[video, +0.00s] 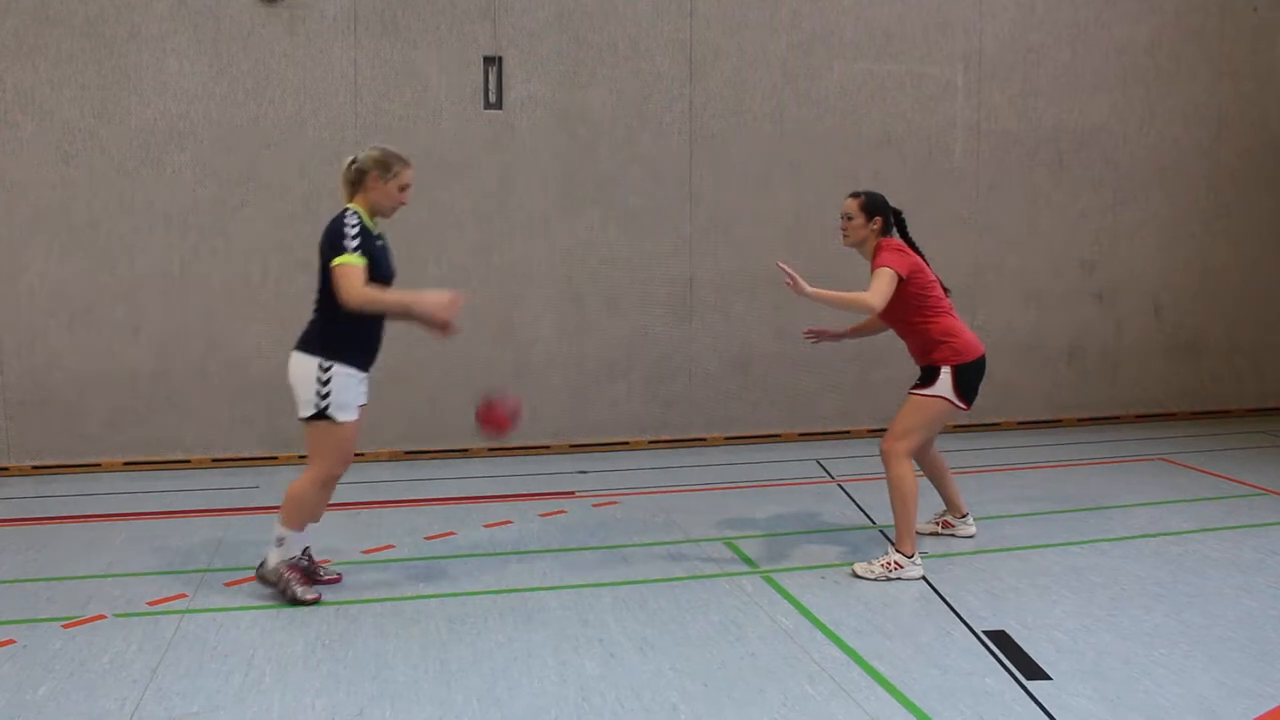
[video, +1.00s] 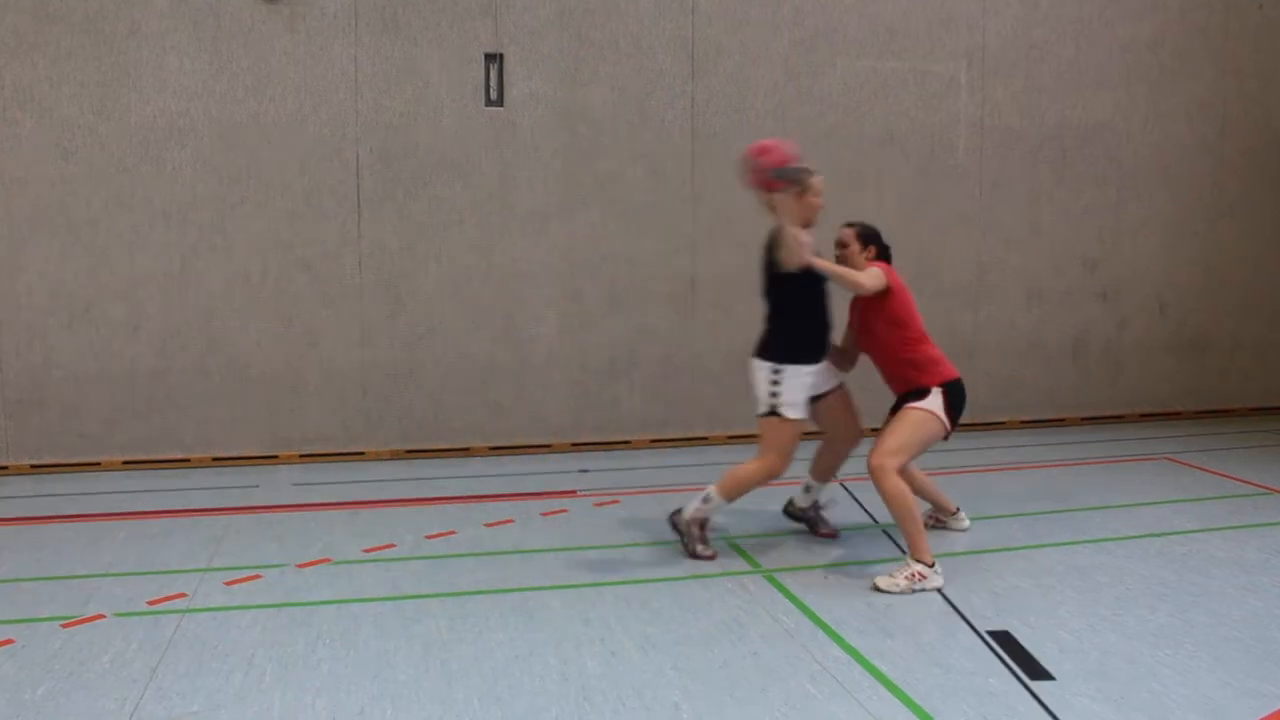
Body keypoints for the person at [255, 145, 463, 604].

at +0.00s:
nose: (406, 198)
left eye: (408, 189)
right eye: (401, 188)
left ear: (378, 185)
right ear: (373, 183)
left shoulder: (370, 232)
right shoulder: (348, 226)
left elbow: (373, 296)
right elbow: (351, 294)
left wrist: (421, 313)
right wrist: (420, 303)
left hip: (347, 366)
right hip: (326, 364)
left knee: (334, 462)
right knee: (324, 464)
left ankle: (296, 552)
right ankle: (278, 558)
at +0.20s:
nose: (450, 190)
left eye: (451, 182)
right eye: (443, 182)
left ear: (424, 185)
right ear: (417, 183)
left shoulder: (420, 234)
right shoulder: (398, 227)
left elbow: (427, 300)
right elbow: (420, 294)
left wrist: (478, 303)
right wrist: (479, 288)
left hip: (391, 363)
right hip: (363, 361)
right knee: (375, 470)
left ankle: (367, 519)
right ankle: (307, 553)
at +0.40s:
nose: (521, 220)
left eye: (520, 212)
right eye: (514, 213)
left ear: (492, 221)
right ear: (488, 222)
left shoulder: (489, 266)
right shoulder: (481, 268)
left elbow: (511, 327)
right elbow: (522, 329)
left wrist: (566, 329)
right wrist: (576, 326)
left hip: (469, 397)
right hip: (434, 399)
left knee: (525, 444)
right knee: (398, 488)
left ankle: (525, 541)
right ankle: (310, 555)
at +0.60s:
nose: (625, 181)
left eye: (625, 173)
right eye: (618, 173)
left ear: (603, 178)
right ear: (595, 177)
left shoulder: (603, 224)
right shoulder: (577, 215)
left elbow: (600, 293)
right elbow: (552, 249)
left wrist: (640, 321)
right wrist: (615, 238)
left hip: (602, 352)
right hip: (568, 352)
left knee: (630, 433)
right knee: (576, 451)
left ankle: (575, 507)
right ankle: (509, 512)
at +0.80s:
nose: (733, 205)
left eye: (732, 198)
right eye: (726, 198)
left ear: (714, 203)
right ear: (704, 203)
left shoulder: (714, 244)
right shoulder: (693, 240)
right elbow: (668, 247)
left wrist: (666, 192)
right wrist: (646, 196)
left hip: (719, 372)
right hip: (682, 375)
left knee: (764, 429)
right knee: (657, 464)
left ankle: (788, 507)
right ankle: (582, 524)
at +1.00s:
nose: (820, 203)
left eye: (819, 195)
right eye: (813, 195)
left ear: (799, 200)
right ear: (785, 198)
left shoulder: (803, 245)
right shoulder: (782, 243)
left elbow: (806, 310)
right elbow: (792, 255)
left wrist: (830, 350)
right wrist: (786, 223)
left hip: (815, 362)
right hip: (782, 365)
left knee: (846, 433)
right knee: (773, 462)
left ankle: (806, 502)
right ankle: (693, 516)